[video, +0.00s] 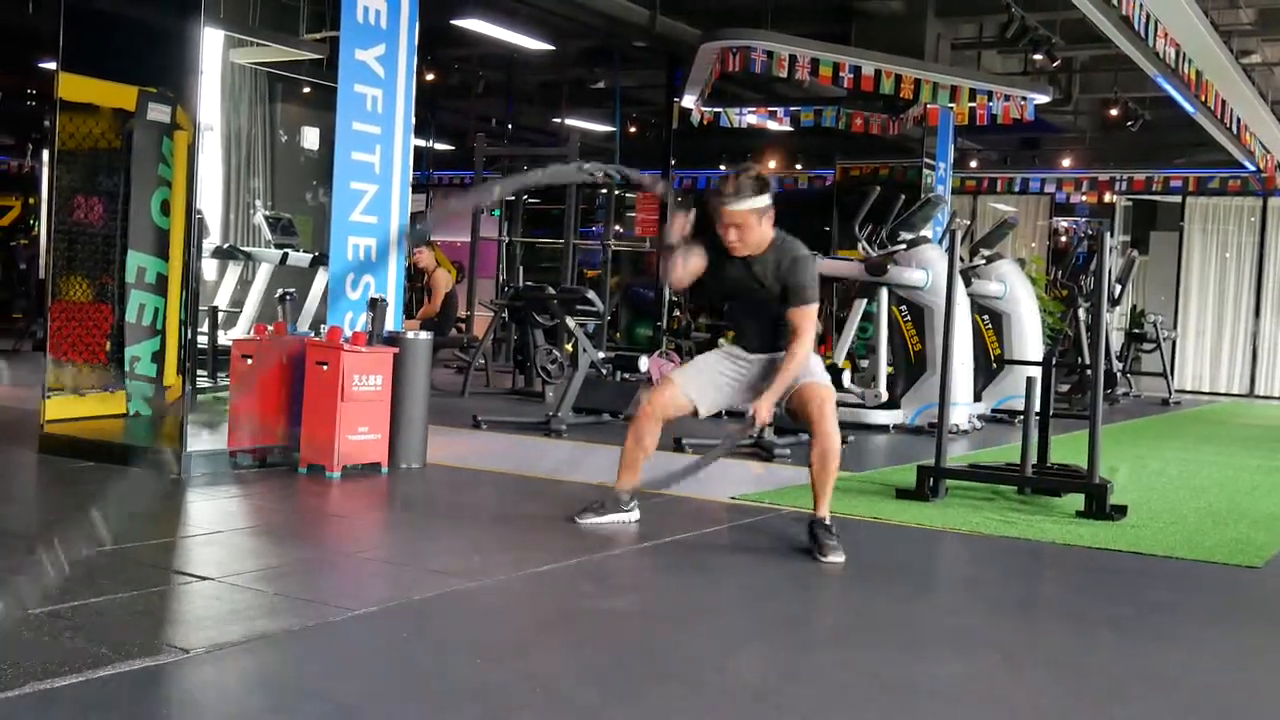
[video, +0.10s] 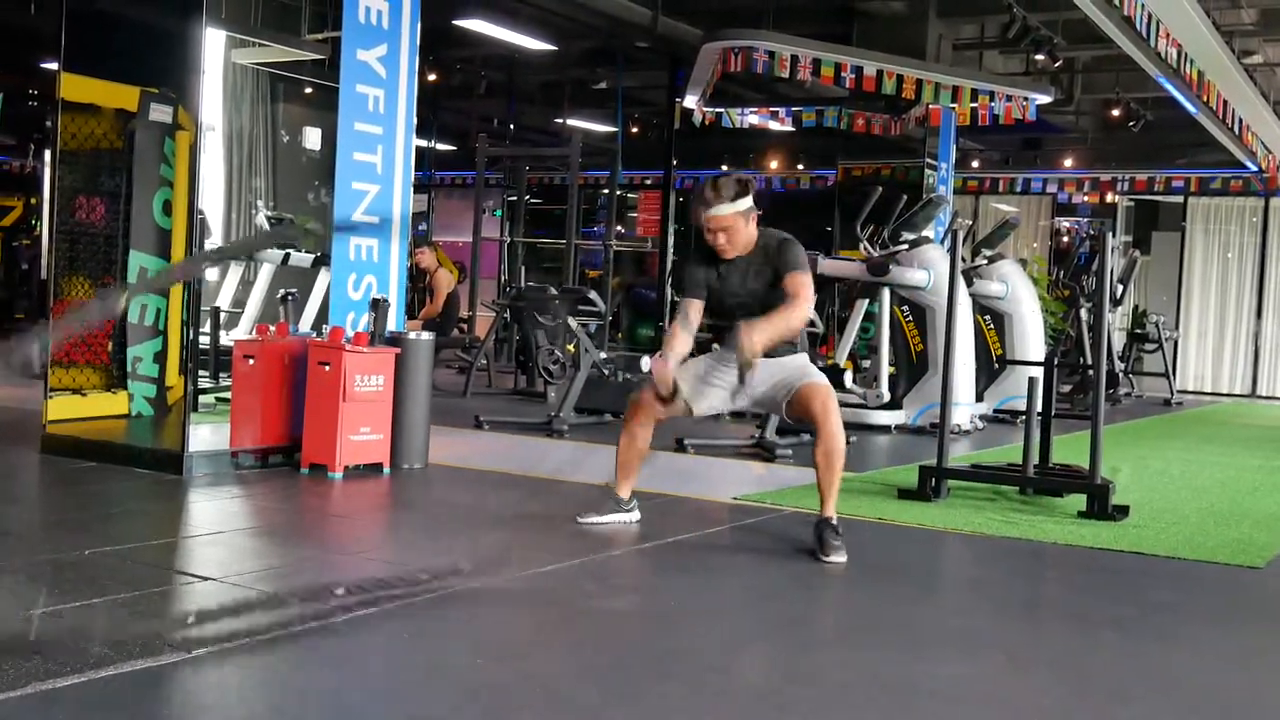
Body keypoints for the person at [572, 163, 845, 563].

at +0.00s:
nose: (729, 236)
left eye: (738, 227)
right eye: (723, 226)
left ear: (768, 220)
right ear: (716, 221)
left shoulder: (795, 259)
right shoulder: (712, 248)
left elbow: (803, 340)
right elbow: (677, 279)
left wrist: (770, 397)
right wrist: (673, 246)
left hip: (790, 360)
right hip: (734, 357)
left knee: (823, 408)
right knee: (654, 403)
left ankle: (823, 522)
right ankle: (623, 501)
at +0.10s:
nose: (716, 240)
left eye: (724, 231)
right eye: (709, 231)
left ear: (752, 220)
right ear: (701, 226)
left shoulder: (784, 249)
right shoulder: (700, 257)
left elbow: (800, 308)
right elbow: (686, 320)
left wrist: (759, 332)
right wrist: (667, 360)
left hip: (782, 367)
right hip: (719, 365)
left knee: (825, 404)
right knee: (644, 403)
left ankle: (829, 520)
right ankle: (623, 502)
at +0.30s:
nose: (757, 245)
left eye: (764, 236)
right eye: (749, 237)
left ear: (793, 226)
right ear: (742, 233)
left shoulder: (817, 253)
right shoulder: (738, 255)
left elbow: (816, 303)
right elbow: (705, 308)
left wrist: (758, 273)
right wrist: (685, 345)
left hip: (803, 374)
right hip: (742, 369)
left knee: (847, 408)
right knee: (658, 408)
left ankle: (855, 528)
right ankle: (621, 499)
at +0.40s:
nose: (784, 235)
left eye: (793, 226)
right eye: (781, 225)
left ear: (824, 216)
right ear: (777, 218)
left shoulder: (855, 256)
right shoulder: (775, 235)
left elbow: (851, 334)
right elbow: (737, 249)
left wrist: (809, 375)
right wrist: (708, 256)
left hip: (838, 356)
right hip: (782, 352)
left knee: (875, 416)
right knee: (705, 414)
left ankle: (862, 529)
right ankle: (640, 498)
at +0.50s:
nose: (794, 223)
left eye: (802, 215)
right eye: (791, 214)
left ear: (834, 206)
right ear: (788, 208)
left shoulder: (868, 242)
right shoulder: (792, 229)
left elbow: (883, 323)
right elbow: (742, 245)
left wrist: (850, 376)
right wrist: (731, 218)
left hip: (873, 350)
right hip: (816, 348)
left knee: (908, 399)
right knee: (735, 396)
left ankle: (889, 520)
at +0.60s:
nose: (811, 229)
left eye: (820, 219)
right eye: (806, 219)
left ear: (852, 209)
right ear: (800, 212)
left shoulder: (885, 235)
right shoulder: (804, 250)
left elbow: (903, 300)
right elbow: (775, 303)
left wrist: (858, 326)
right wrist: (752, 297)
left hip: (898, 353)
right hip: (835, 354)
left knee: (933, 415)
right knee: (758, 408)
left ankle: (944, 539)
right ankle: (766, 519)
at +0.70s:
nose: (854, 235)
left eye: (863, 225)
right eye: (847, 225)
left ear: (896, 218)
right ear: (841, 222)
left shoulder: (926, 241)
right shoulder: (842, 258)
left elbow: (918, 292)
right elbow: (820, 330)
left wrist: (863, 271)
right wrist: (811, 392)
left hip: (926, 370)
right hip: (864, 369)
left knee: (958, 418)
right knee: (776, 412)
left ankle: (977, 547)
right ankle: (766, 519)